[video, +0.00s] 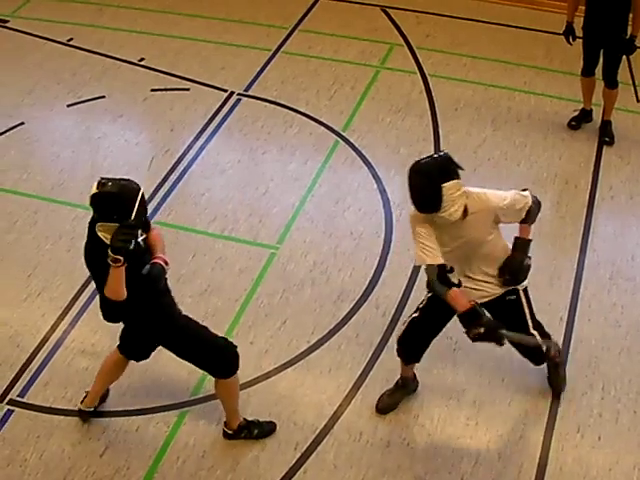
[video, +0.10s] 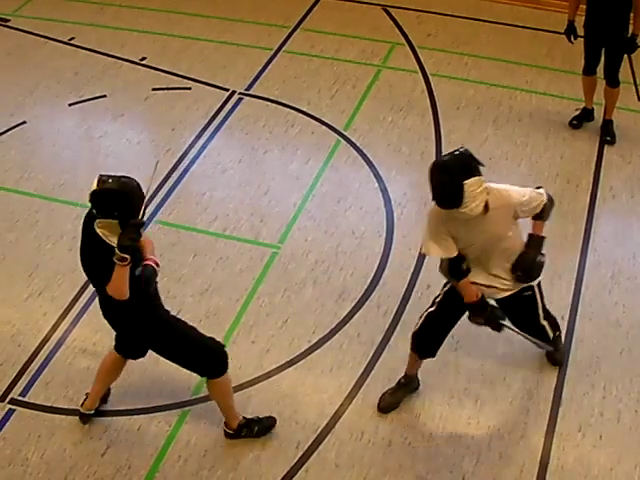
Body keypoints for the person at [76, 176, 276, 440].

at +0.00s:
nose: (140, 221)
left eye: (139, 216)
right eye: (135, 218)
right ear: (116, 220)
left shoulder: (126, 218)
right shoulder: (97, 249)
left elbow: (151, 232)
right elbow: (116, 298)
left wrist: (159, 258)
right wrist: (116, 256)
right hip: (157, 319)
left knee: (125, 352)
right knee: (225, 357)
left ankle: (90, 402)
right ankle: (234, 424)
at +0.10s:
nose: (137, 217)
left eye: (136, 211)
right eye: (134, 213)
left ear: (110, 210)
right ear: (118, 217)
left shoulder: (105, 218)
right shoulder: (95, 250)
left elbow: (142, 239)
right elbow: (119, 293)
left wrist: (149, 261)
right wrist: (123, 256)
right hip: (142, 318)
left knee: (123, 350)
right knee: (213, 356)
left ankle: (90, 403)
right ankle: (234, 423)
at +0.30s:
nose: (102, 162)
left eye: (106, 165)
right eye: (135, 197)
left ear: (106, 181)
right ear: (125, 200)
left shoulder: (95, 201)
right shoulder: (110, 232)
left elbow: (133, 229)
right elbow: (144, 269)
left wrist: (147, 220)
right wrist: (151, 227)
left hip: (103, 301)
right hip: (130, 310)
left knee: (105, 350)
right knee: (186, 361)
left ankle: (89, 404)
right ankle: (217, 420)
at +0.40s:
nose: (109, 162)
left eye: (114, 165)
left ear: (115, 186)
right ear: (135, 201)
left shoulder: (97, 200)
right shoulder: (120, 236)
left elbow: (129, 217)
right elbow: (153, 279)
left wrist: (154, 235)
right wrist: (168, 222)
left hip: (102, 305)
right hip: (134, 314)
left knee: (99, 353)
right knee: (188, 360)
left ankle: (88, 405)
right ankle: (210, 422)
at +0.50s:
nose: (120, 165)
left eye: (124, 170)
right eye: (126, 166)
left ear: (124, 187)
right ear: (145, 205)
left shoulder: (105, 203)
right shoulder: (129, 242)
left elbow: (132, 224)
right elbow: (169, 285)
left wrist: (162, 237)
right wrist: (185, 226)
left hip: (107, 309)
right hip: (140, 317)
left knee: (101, 355)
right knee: (199, 358)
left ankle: (88, 406)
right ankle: (212, 421)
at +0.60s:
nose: (134, 168)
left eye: (138, 170)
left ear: (135, 190)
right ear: (158, 206)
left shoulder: (115, 205)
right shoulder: (143, 247)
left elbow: (138, 227)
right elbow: (177, 302)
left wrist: (166, 238)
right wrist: (207, 249)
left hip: (116, 312)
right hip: (152, 320)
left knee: (105, 355)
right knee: (207, 357)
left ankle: (89, 405)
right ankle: (212, 421)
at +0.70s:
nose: (145, 170)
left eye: (150, 174)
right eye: (153, 169)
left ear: (149, 193)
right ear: (168, 208)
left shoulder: (123, 205)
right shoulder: (155, 249)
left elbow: (153, 232)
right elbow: (169, 312)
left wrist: (183, 229)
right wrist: (220, 282)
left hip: (122, 319)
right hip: (157, 325)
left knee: (110, 357)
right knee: (211, 357)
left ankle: (95, 410)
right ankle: (213, 422)